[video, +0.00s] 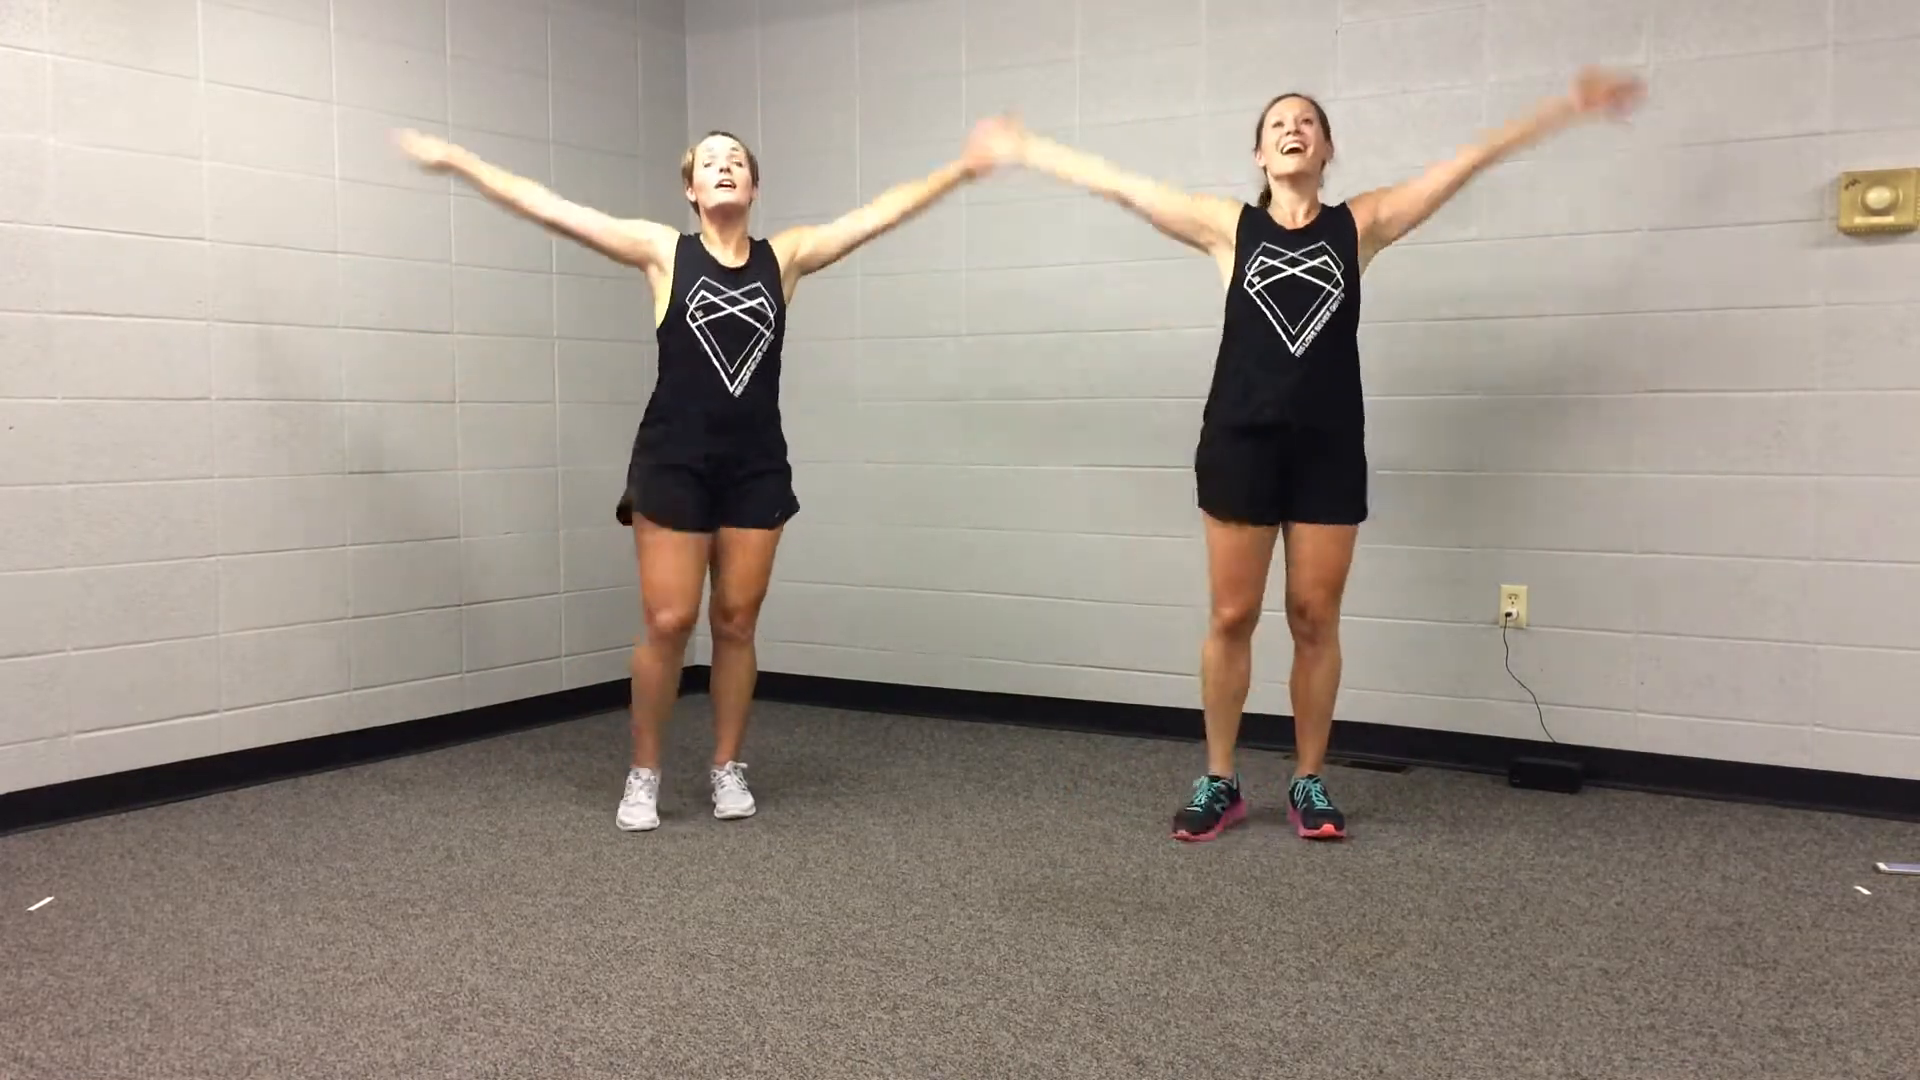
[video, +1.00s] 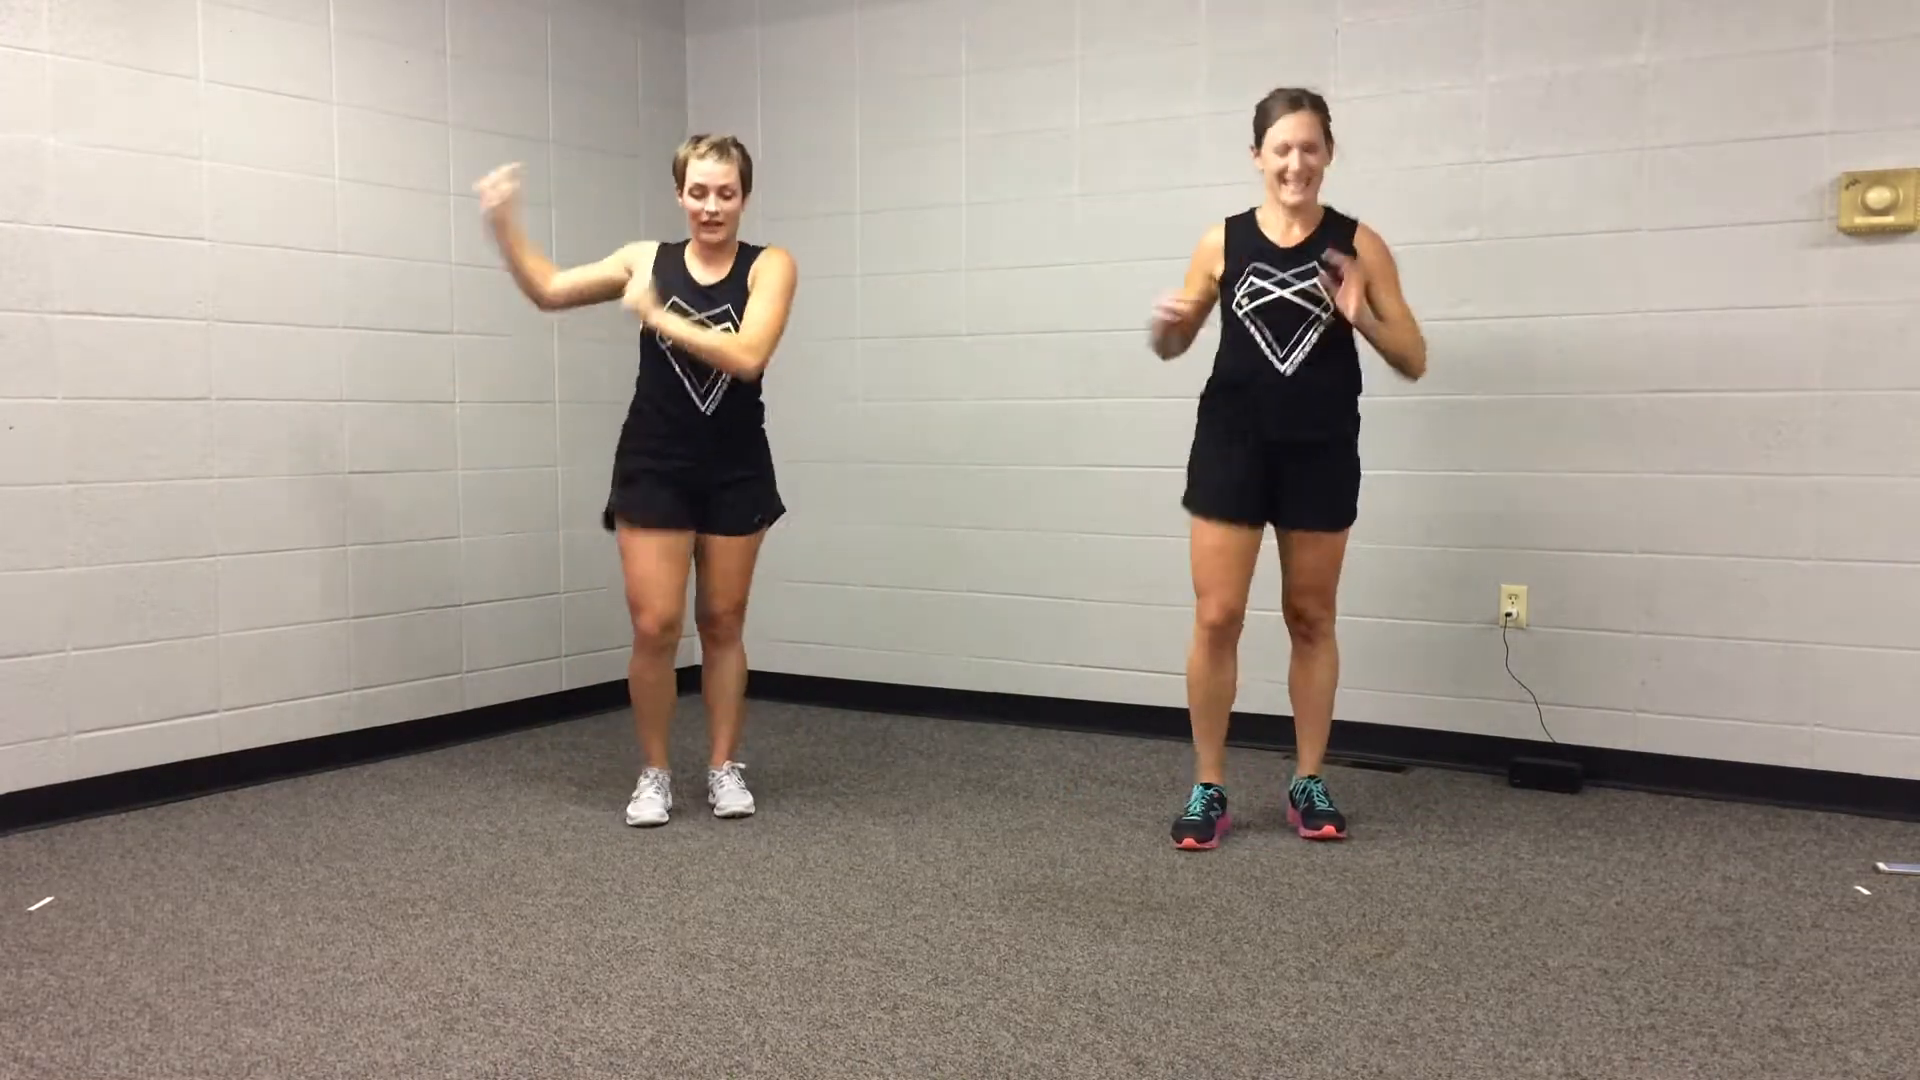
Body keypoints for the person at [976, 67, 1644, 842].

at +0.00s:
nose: (1294, 131)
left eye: (1308, 125)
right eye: (1280, 125)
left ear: (1329, 151)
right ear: (1258, 152)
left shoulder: (1358, 223)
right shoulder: (1228, 224)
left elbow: (1465, 164)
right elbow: (1119, 184)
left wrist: (1568, 107)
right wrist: (1021, 145)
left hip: (1329, 450)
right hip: (1239, 446)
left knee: (1314, 618)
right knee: (1230, 616)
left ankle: (1310, 781)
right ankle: (1219, 777)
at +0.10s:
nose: (1296, 128)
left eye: (1309, 122)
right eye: (1282, 124)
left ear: (1331, 149)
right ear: (1262, 153)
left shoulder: (1359, 218)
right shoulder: (1236, 220)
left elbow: (1445, 121)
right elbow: (1144, 142)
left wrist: (1524, 37)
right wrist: (1065, 70)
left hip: (1333, 444)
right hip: (1242, 441)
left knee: (1315, 617)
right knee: (1222, 613)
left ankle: (1309, 779)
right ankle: (1215, 768)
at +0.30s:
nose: (1306, 145)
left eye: (1320, 139)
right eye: (1291, 139)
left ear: (1338, 166)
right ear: (1271, 166)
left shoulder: (1364, 228)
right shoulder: (1247, 226)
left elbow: (1408, 102)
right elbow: (1202, 107)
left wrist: (1411, 4)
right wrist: (1187, 8)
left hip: (1343, 444)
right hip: (1254, 433)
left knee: (1331, 625)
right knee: (1212, 547)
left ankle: (1311, 780)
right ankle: (1232, 682)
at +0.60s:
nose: (1304, 137)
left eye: (1319, 130)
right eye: (1290, 133)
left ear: (1340, 157)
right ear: (1272, 160)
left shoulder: (1368, 230)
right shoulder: (1251, 232)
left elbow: (1434, 171)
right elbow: (1203, 189)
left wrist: (1363, 88)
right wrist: (1266, 92)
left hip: (1340, 444)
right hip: (1253, 436)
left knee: (1327, 619)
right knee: (1257, 598)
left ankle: (1311, 780)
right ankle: (1255, 765)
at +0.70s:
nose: (1304, 157)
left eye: (1316, 148)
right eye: (1291, 149)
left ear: (1337, 172)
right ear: (1275, 172)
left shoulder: (1364, 244)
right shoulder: (1253, 243)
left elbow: (1428, 265)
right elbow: (1204, 276)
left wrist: (1361, 173)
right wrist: (1263, 176)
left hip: (1336, 446)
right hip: (1252, 435)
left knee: (1329, 629)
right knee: (1248, 556)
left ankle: (1311, 781)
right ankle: (1242, 699)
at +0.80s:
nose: (1300, 152)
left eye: (1314, 143)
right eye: (1286, 146)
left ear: (1336, 167)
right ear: (1267, 171)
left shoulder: (1371, 250)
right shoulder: (1244, 248)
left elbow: (1429, 335)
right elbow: (1193, 350)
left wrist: (1354, 262)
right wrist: (1265, 267)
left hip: (1333, 441)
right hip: (1248, 429)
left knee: (1325, 627)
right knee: (1241, 547)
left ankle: (1310, 781)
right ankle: (1229, 688)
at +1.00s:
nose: (1299, 162)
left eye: (1312, 149)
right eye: (1284, 149)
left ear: (1330, 159)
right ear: (1259, 158)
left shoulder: (1361, 246)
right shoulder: (1224, 242)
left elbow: (1414, 360)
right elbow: (1171, 346)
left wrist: (1361, 313)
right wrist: (1166, 327)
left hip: (1321, 453)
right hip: (1231, 449)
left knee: (1310, 618)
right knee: (1216, 618)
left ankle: (1309, 781)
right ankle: (1208, 784)